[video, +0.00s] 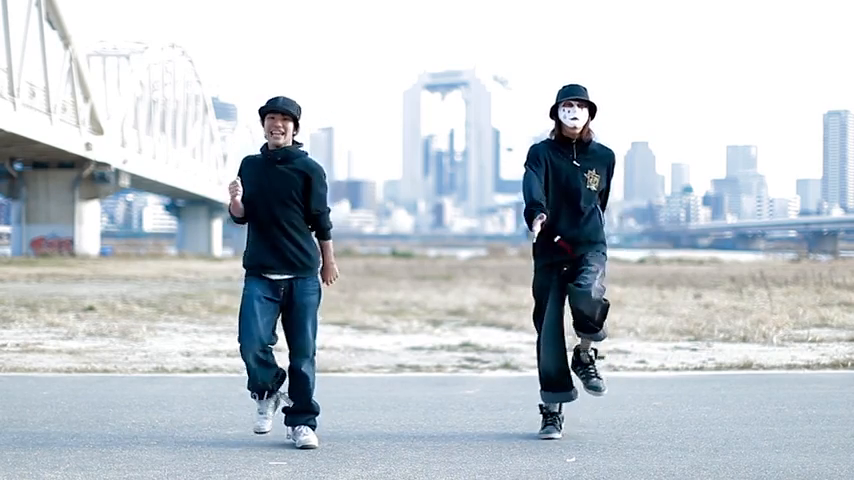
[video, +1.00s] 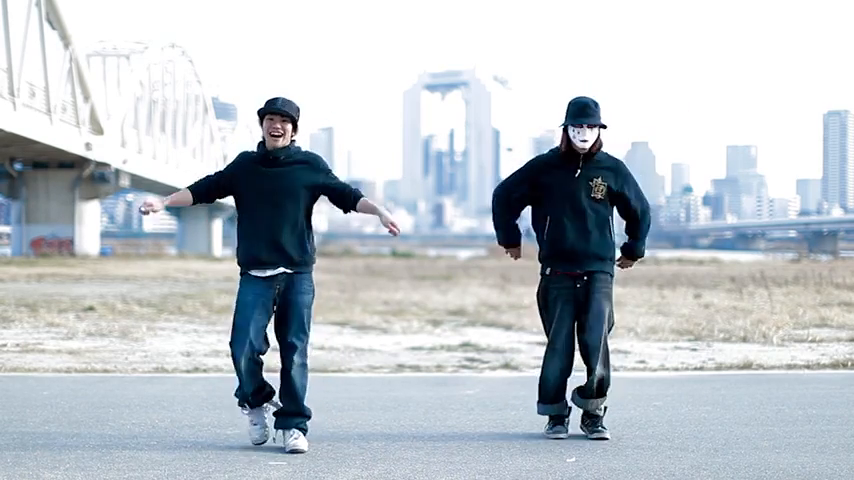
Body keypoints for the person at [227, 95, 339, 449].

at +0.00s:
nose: (276, 125)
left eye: (283, 120)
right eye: (271, 119)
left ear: (294, 127)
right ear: (262, 124)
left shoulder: (310, 168)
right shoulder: (250, 165)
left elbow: (320, 218)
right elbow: (242, 217)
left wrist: (328, 259)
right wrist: (235, 204)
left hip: (303, 273)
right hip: (260, 272)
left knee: (303, 352)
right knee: (251, 346)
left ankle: (303, 422)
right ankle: (269, 388)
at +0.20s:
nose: (271, 134)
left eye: (278, 130)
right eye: (266, 128)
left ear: (289, 136)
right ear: (257, 133)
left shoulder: (306, 170)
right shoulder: (240, 172)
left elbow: (336, 201)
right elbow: (221, 219)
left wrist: (330, 236)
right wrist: (219, 188)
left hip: (298, 275)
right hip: (256, 280)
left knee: (308, 330)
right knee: (255, 355)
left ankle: (298, 385)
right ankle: (261, 423)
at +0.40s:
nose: (281, 123)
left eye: (287, 118)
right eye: (274, 118)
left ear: (298, 125)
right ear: (265, 125)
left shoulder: (311, 164)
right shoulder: (250, 157)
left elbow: (320, 210)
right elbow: (223, 198)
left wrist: (330, 180)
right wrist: (206, 235)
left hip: (297, 255)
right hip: (257, 259)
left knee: (302, 296)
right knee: (255, 340)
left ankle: (294, 353)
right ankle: (259, 418)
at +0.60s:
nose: (283, 139)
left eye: (289, 135)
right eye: (277, 133)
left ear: (300, 141)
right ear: (268, 137)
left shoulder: (314, 181)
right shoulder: (249, 179)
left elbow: (320, 229)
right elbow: (236, 227)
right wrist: (233, 270)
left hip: (298, 288)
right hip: (257, 286)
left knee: (292, 361)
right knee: (256, 361)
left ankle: (298, 429)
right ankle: (263, 423)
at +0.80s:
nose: (280, 131)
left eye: (286, 127)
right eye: (274, 126)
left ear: (295, 138)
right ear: (265, 135)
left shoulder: (312, 172)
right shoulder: (249, 171)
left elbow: (348, 192)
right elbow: (211, 193)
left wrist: (321, 161)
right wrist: (224, 162)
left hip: (300, 274)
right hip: (261, 267)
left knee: (299, 355)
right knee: (242, 289)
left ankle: (295, 428)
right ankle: (261, 342)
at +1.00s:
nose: (276, 125)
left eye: (283, 121)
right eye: (271, 120)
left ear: (294, 127)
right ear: (261, 125)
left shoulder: (311, 165)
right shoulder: (243, 166)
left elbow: (346, 196)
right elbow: (204, 189)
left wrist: (380, 212)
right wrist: (165, 201)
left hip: (298, 272)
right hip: (255, 273)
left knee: (295, 350)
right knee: (243, 347)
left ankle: (293, 425)